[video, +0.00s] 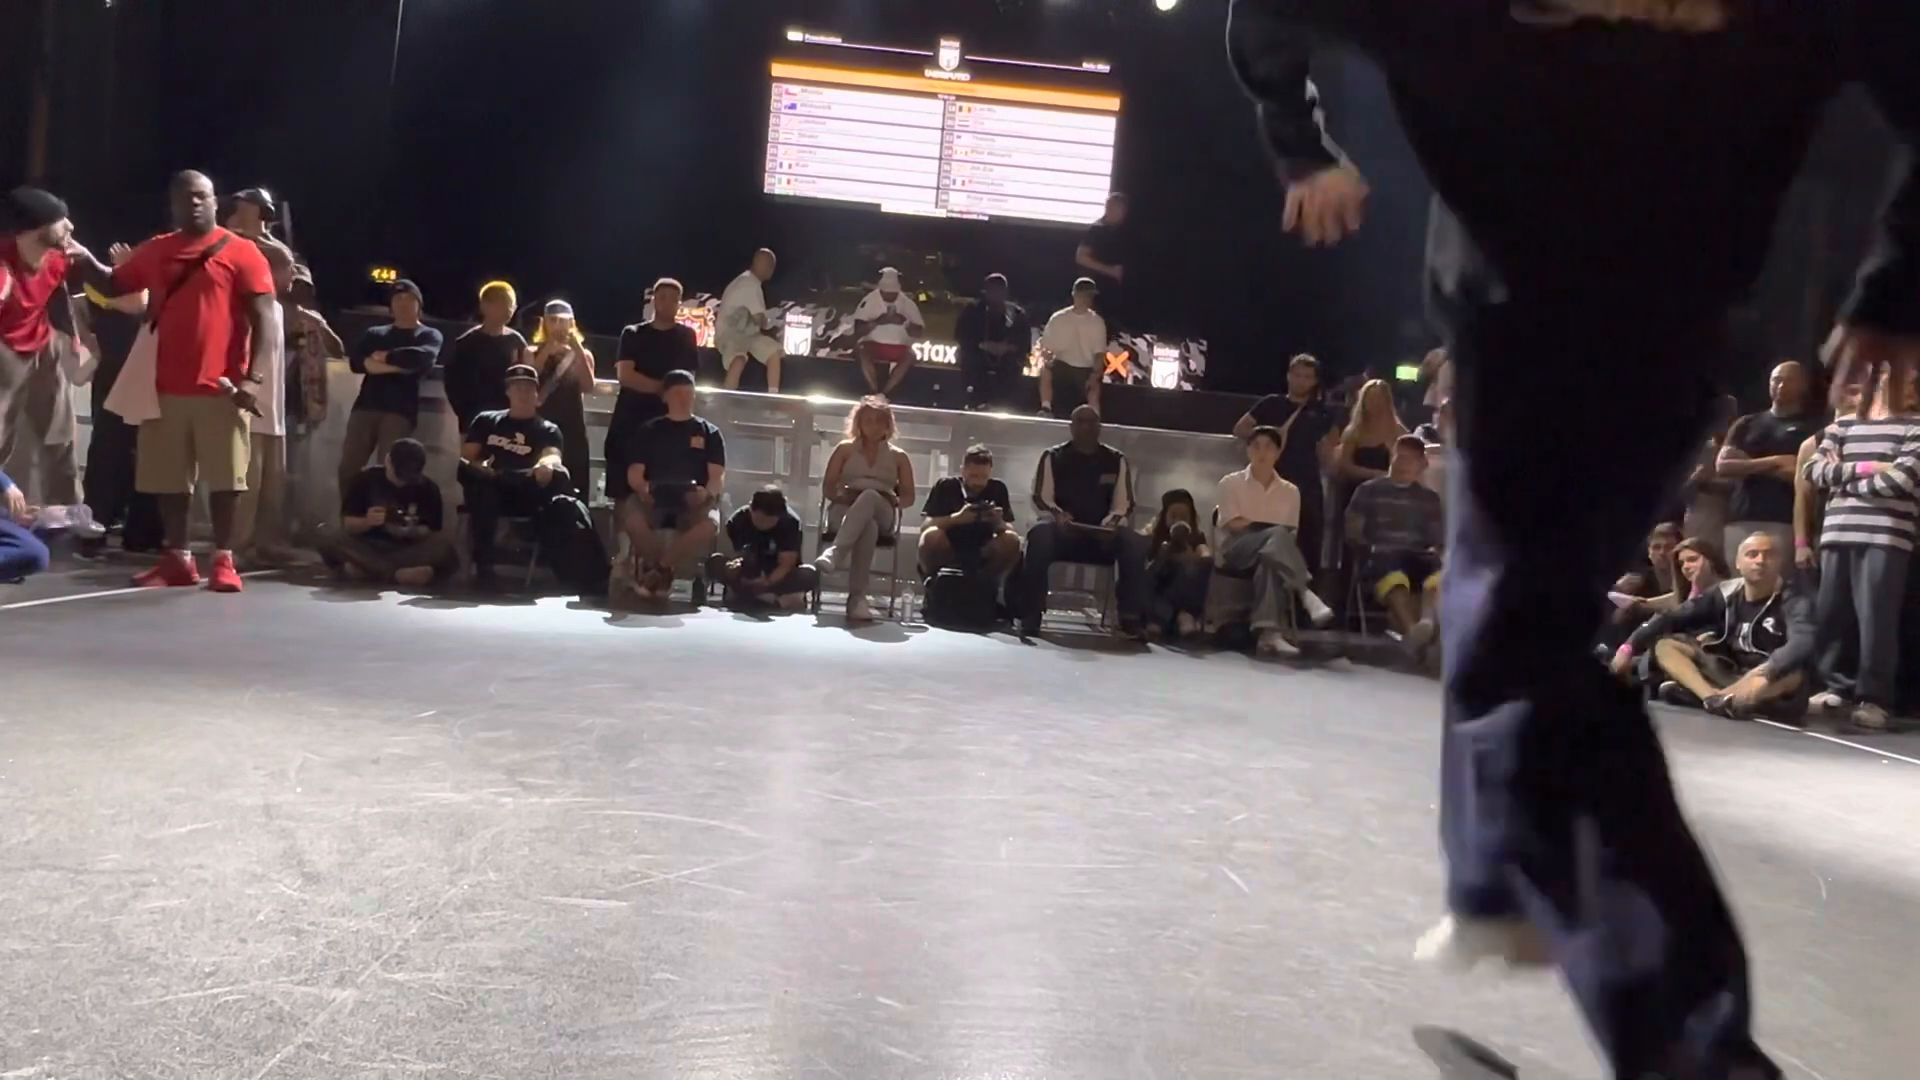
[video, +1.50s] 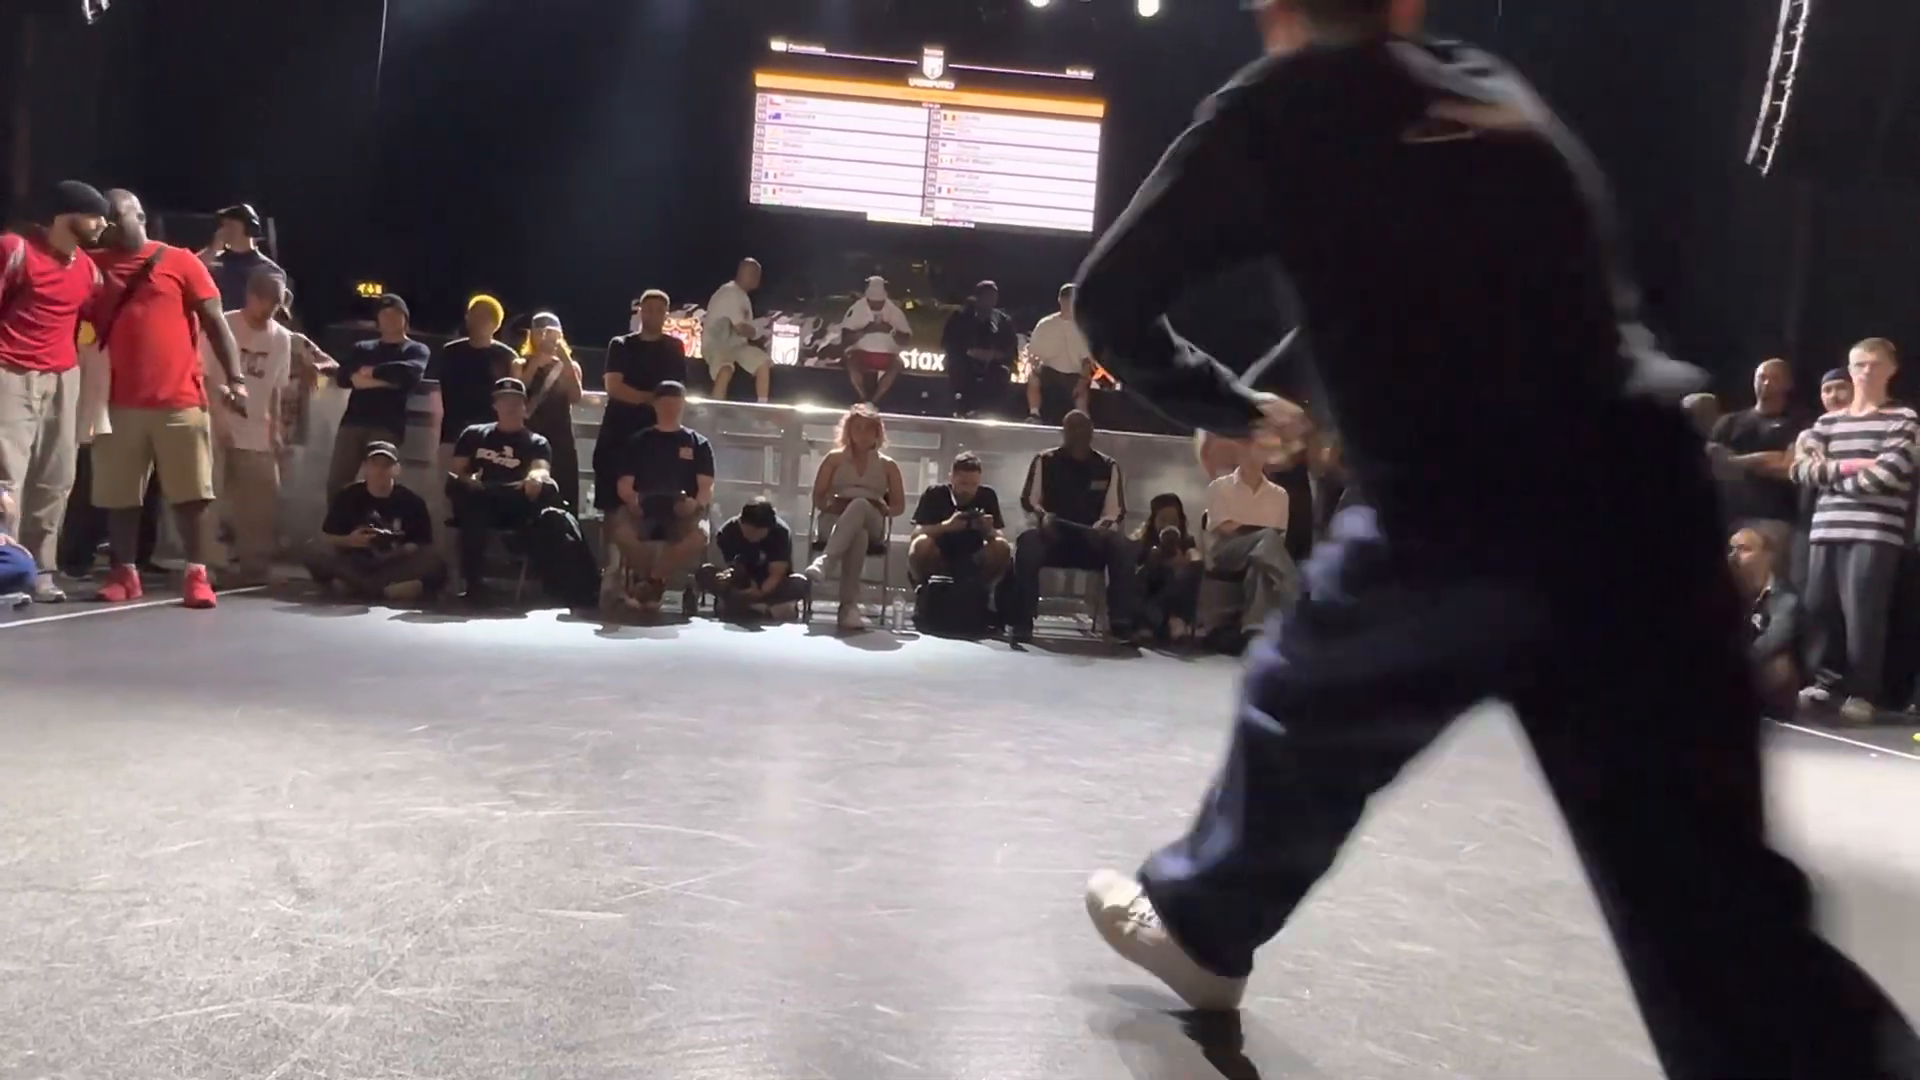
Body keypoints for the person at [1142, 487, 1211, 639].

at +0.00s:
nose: (1179, 522)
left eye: (1184, 517)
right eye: (1174, 516)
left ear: (1192, 518)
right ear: (1164, 516)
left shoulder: (1197, 538)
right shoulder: (1152, 538)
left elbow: (1206, 560)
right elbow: (1148, 571)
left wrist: (1186, 546)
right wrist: (1165, 550)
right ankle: (1184, 614)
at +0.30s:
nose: (1180, 523)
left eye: (1185, 518)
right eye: (1175, 518)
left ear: (1192, 518)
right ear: (1165, 517)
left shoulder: (1197, 538)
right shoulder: (1152, 538)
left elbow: (1207, 559)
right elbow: (1148, 572)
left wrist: (1188, 550)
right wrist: (1166, 553)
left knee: (1199, 568)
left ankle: (1190, 617)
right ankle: (1186, 616)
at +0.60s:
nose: (1179, 524)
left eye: (1184, 519)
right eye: (1174, 518)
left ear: (1192, 519)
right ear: (1165, 518)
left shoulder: (1197, 541)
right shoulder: (1150, 541)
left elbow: (1207, 562)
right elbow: (1147, 574)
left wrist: (1186, 549)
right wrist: (1164, 555)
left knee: (1194, 565)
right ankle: (1186, 617)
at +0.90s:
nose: (1178, 525)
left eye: (1183, 519)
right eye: (1173, 519)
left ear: (1190, 520)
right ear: (1163, 519)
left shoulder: (1195, 542)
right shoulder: (1150, 541)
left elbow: (1205, 564)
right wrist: (1165, 555)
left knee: (1197, 570)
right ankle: (1185, 619)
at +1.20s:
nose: (1173, 524)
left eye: (1178, 519)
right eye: (1167, 519)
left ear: (1185, 519)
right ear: (1157, 519)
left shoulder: (1190, 541)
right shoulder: (1144, 541)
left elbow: (1200, 561)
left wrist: (1183, 557)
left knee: (1195, 569)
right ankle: (1179, 619)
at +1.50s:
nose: (1168, 526)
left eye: (1173, 520)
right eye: (1163, 520)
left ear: (1181, 520)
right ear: (1153, 520)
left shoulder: (1187, 542)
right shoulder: (1140, 542)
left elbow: (1197, 561)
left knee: (1193, 568)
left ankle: (1184, 620)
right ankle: (1174, 619)